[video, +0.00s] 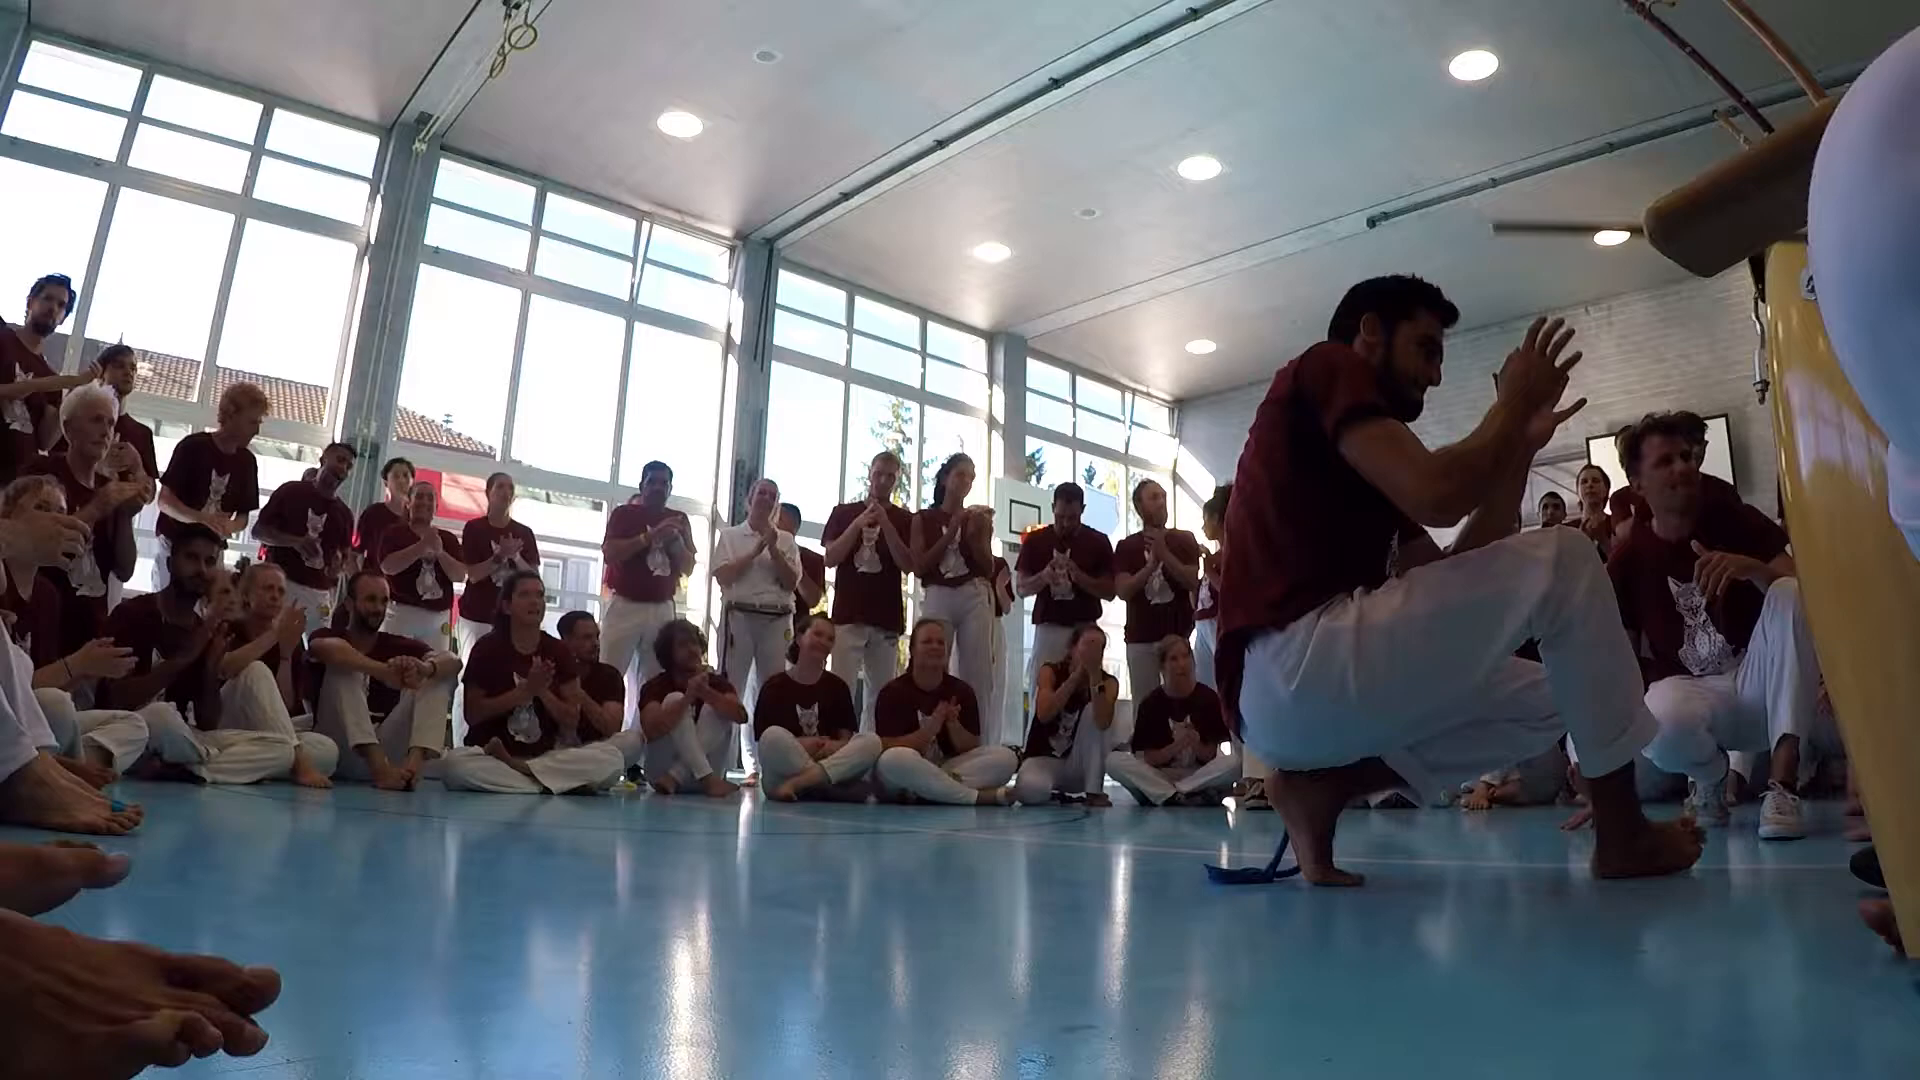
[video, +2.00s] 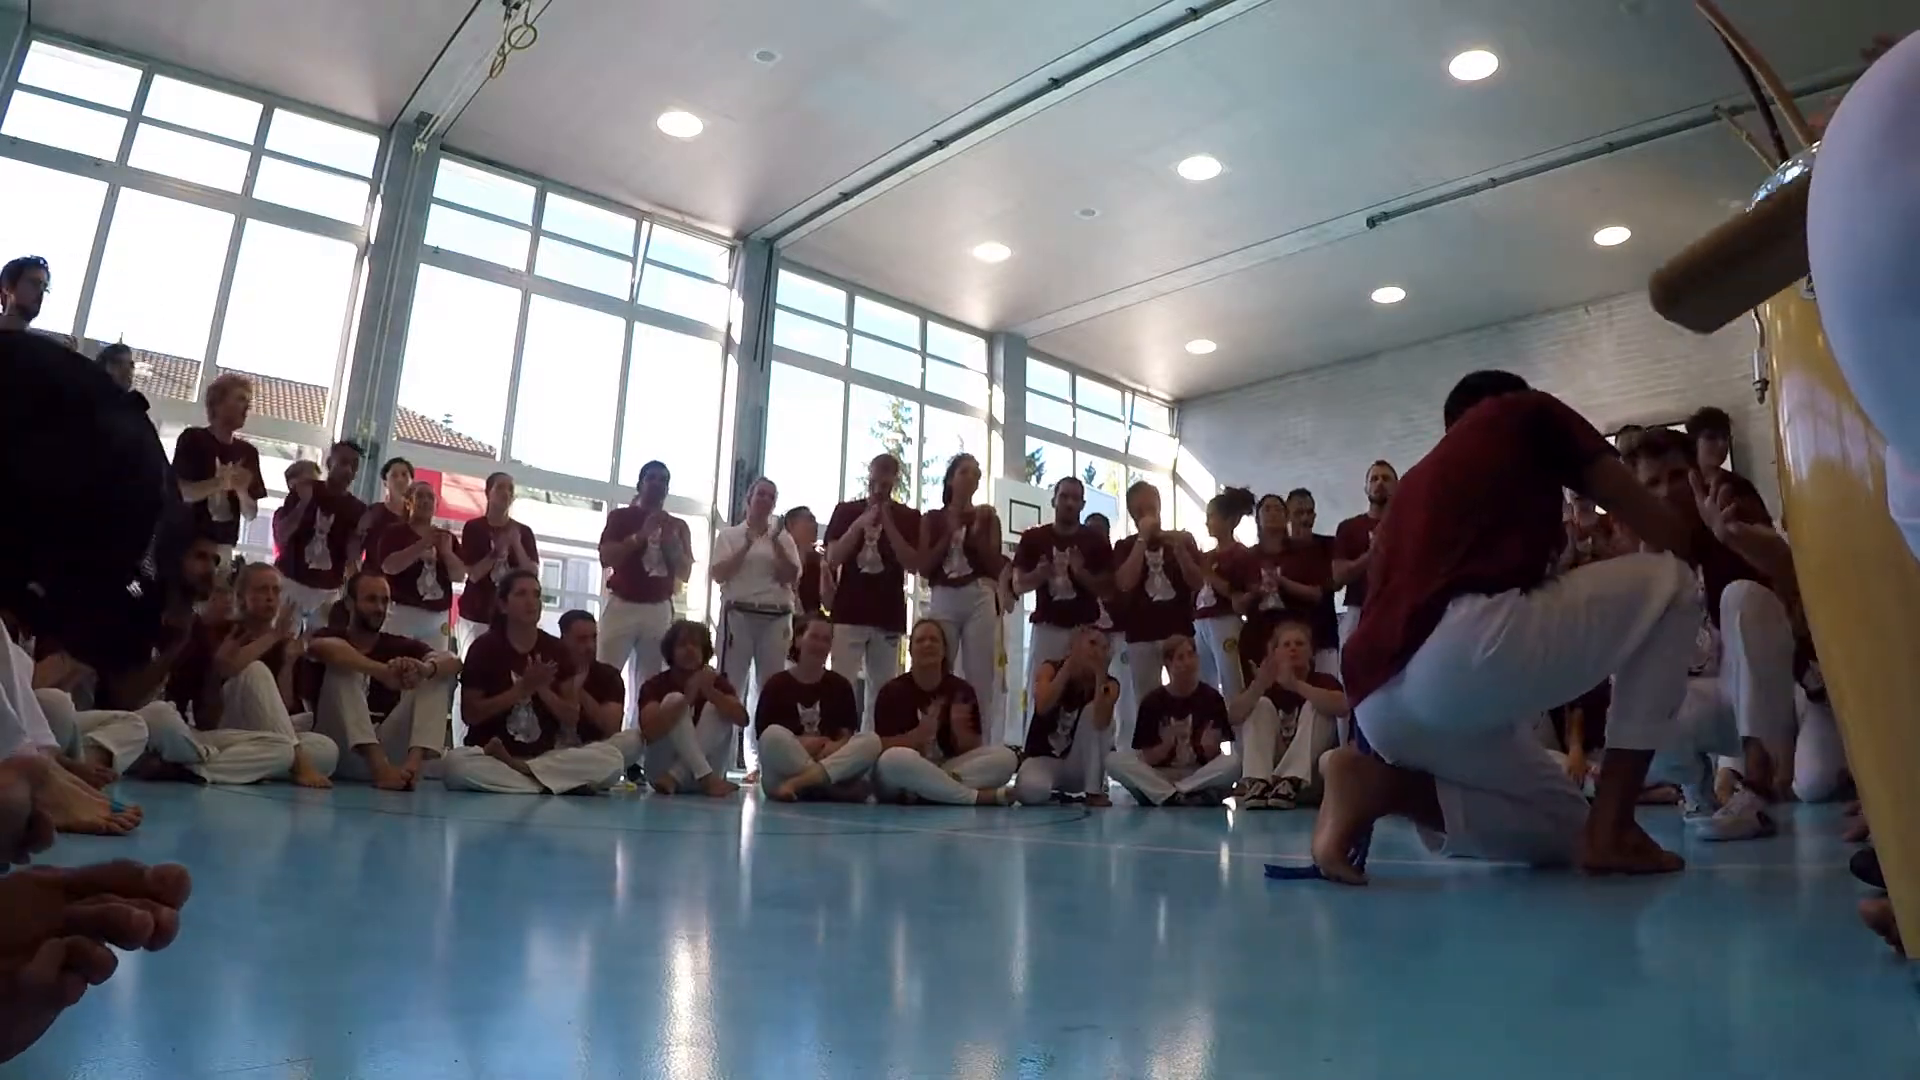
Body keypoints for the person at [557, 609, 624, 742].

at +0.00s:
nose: (596, 643)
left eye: (597, 636)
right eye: (587, 637)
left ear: (600, 636)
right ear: (566, 641)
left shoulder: (609, 675)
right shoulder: (549, 674)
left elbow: (611, 728)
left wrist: (577, 693)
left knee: (633, 739)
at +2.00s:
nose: (590, 645)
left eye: (594, 638)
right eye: (582, 639)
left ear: (597, 638)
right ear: (563, 640)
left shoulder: (609, 675)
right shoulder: (548, 675)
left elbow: (611, 728)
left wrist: (578, 691)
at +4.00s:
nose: (590, 645)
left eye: (594, 638)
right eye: (581, 638)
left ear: (598, 639)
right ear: (564, 640)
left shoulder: (610, 675)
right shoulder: (547, 674)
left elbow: (610, 725)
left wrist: (582, 691)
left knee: (633, 739)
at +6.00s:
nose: (593, 650)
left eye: (598, 643)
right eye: (586, 642)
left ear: (602, 643)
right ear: (568, 640)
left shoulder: (610, 675)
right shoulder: (551, 674)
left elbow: (611, 728)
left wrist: (581, 689)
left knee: (635, 738)